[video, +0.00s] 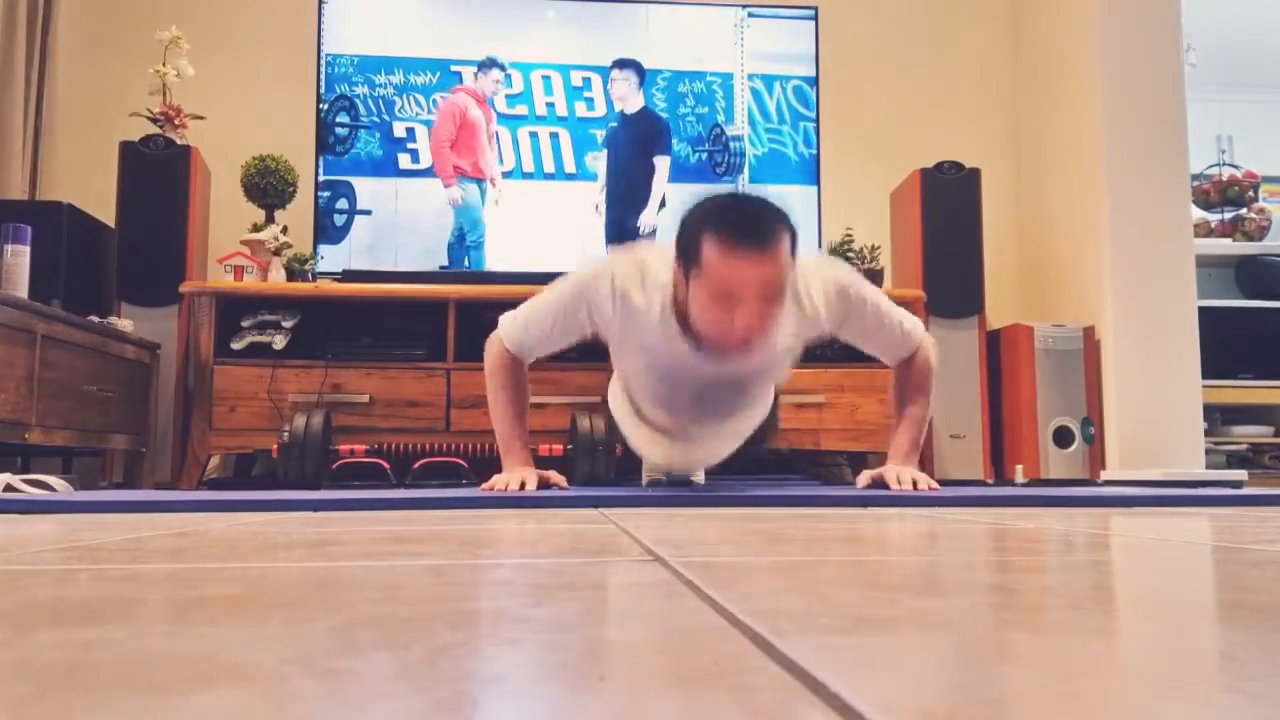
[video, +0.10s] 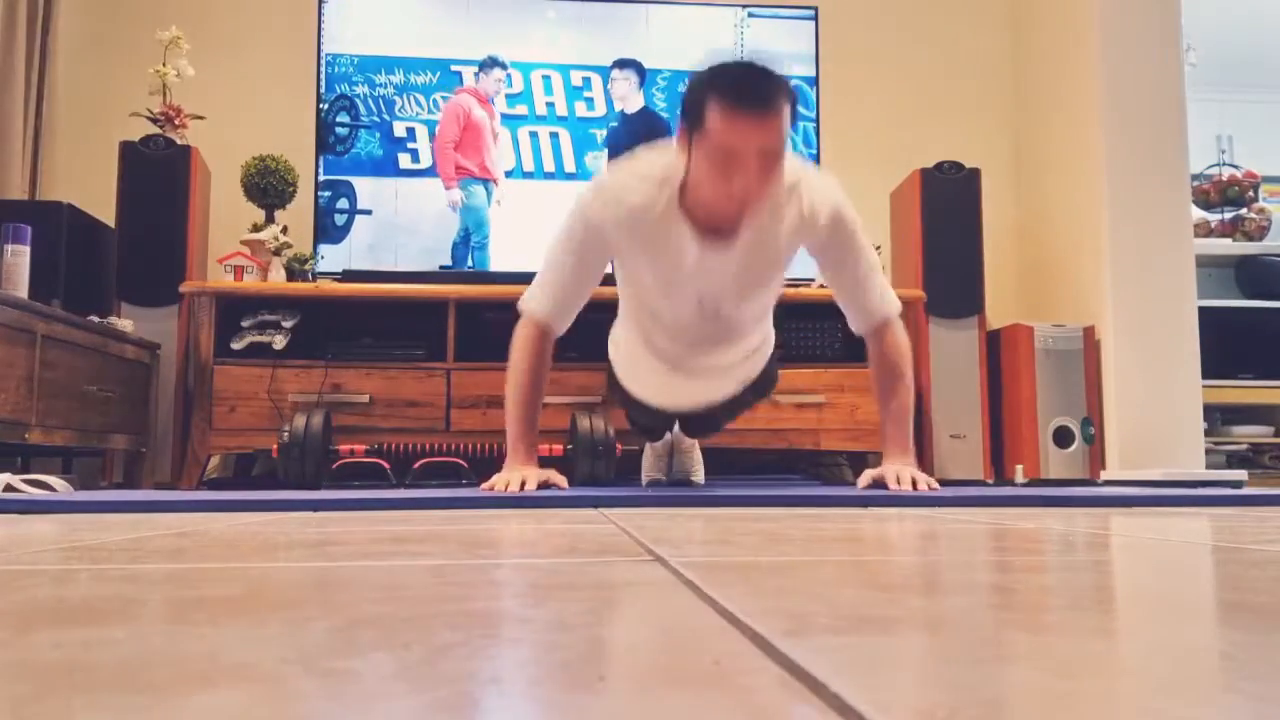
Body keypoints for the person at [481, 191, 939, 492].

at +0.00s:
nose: (745, 321)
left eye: (764, 299)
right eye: (725, 299)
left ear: (787, 282)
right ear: (684, 278)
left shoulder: (819, 289)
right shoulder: (619, 285)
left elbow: (915, 350)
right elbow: (504, 347)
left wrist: (901, 461)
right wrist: (516, 464)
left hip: (744, 432)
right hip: (641, 434)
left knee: (744, 557)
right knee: (636, 557)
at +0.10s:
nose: (745, 183)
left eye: (765, 161)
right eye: (726, 160)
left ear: (785, 153)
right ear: (686, 143)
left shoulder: (811, 200)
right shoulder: (619, 196)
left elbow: (884, 326)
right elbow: (537, 322)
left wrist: (899, 456)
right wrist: (519, 460)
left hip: (740, 376)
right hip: (643, 376)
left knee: (706, 421)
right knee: (652, 422)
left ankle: (685, 440)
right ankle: (656, 446)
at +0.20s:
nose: (747, 134)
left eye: (766, 109)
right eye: (726, 110)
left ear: (785, 97)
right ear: (686, 94)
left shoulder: (814, 165)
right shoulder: (624, 161)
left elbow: (890, 295)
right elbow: (532, 292)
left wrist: (948, 425)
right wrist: (479, 419)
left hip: (743, 355)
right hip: (645, 350)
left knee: (701, 415)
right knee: (649, 417)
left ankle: (680, 442)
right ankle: (653, 447)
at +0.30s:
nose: (755, 199)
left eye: (772, 175)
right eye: (734, 176)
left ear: (795, 162)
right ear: (692, 161)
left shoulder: (829, 215)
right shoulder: (624, 213)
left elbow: (918, 332)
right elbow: (512, 332)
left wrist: (970, 459)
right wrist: (456, 458)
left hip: (746, 382)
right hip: (645, 376)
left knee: (709, 426)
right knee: (645, 424)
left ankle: (678, 447)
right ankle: (646, 449)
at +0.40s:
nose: (753, 264)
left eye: (776, 241)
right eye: (734, 238)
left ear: (801, 223)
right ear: (697, 213)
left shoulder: (841, 260)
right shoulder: (624, 255)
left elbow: (947, 335)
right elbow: (487, 335)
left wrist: (972, 458)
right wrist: (454, 458)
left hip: (754, 423)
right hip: (640, 418)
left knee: (755, 558)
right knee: (635, 558)